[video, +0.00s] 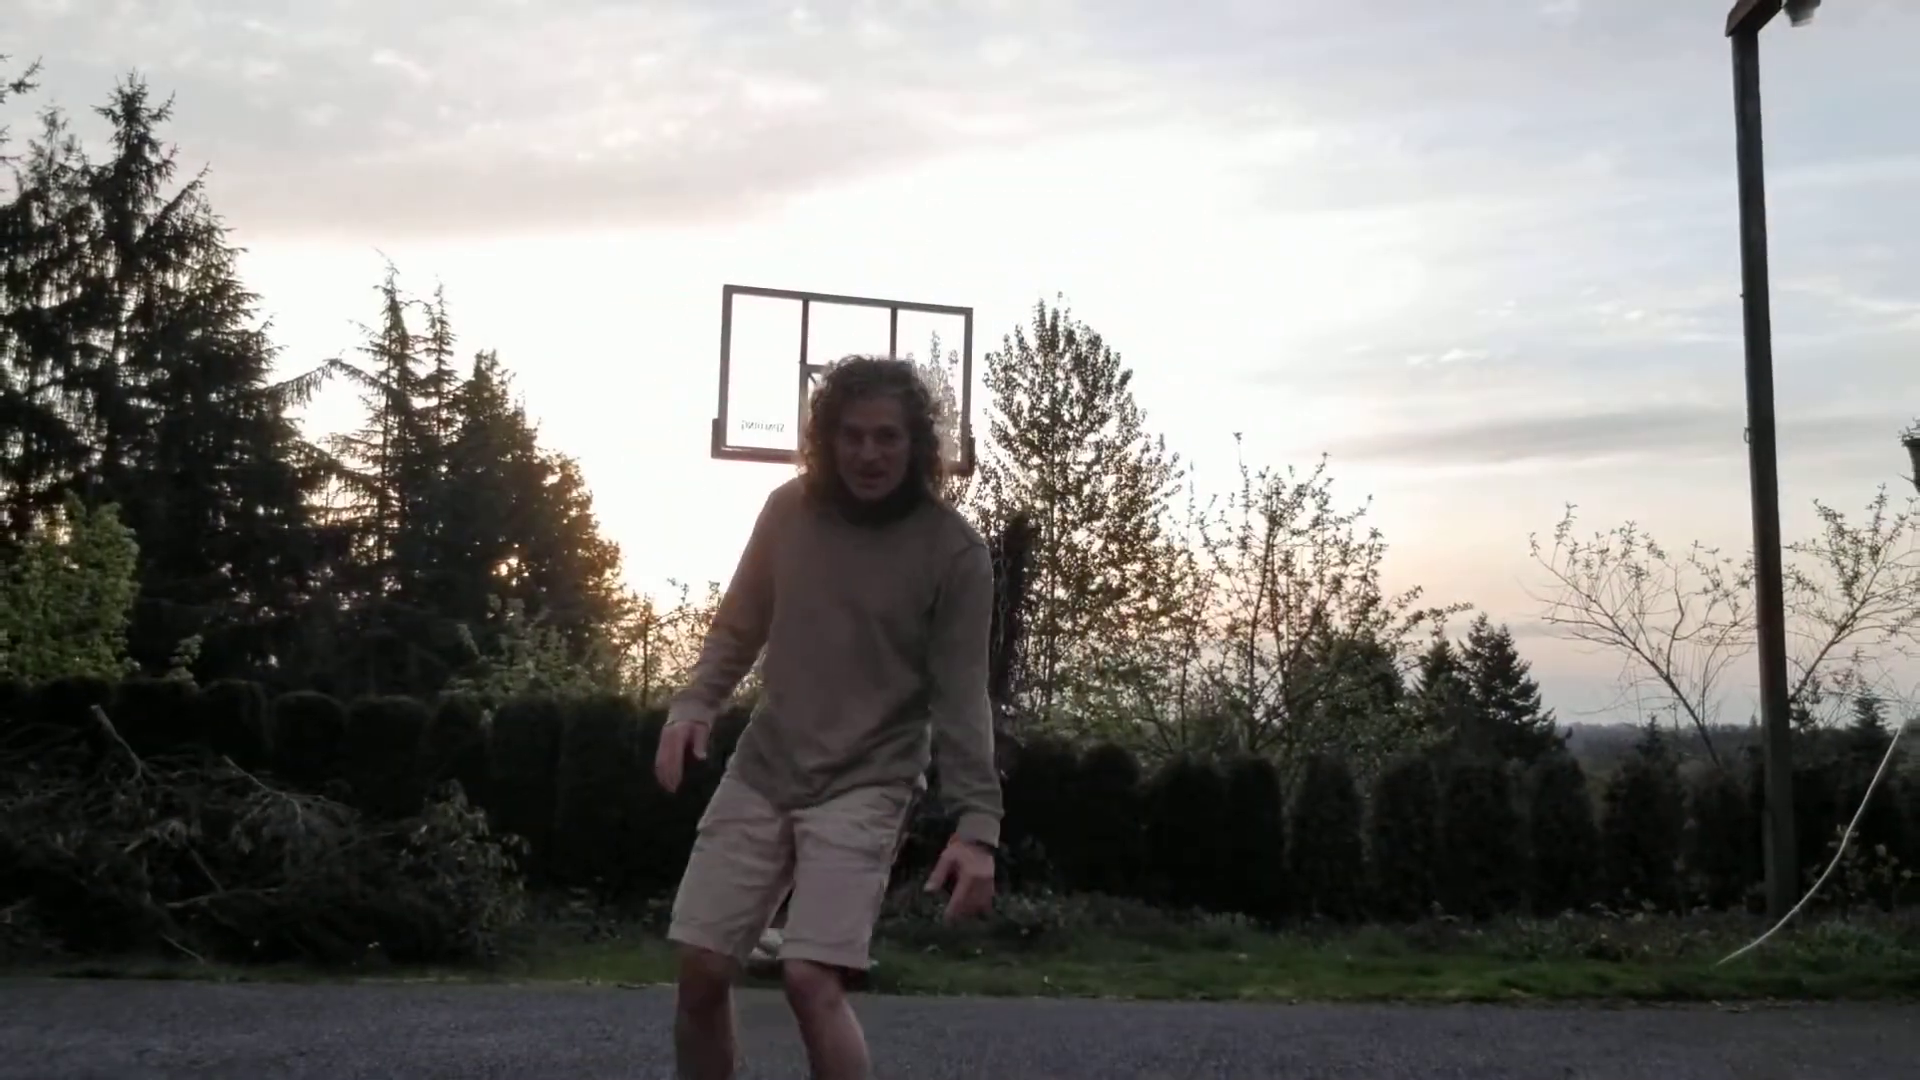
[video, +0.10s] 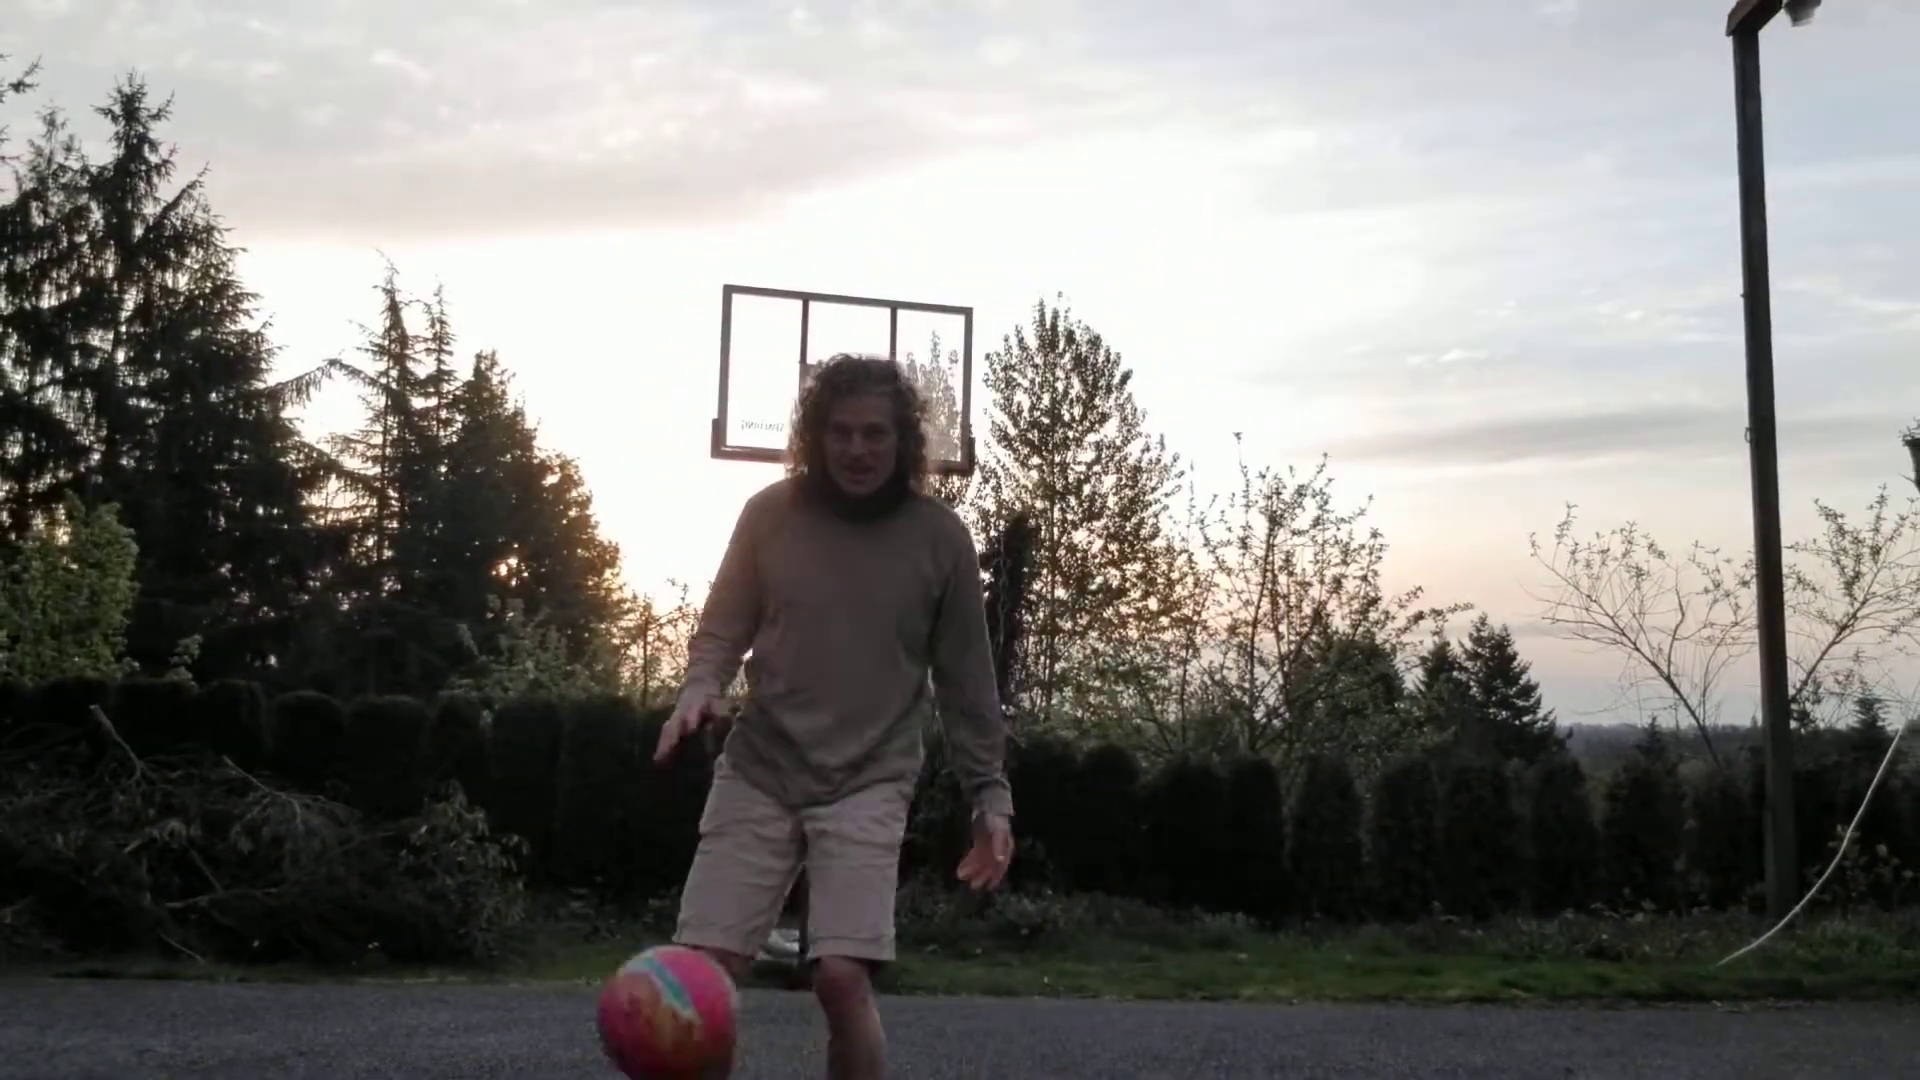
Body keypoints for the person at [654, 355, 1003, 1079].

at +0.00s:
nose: (870, 453)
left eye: (889, 436)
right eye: (853, 434)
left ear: (917, 444)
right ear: (826, 438)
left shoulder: (953, 549)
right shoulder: (789, 511)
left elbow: (963, 696)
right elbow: (737, 628)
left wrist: (977, 825)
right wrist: (694, 704)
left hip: (868, 783)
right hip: (763, 768)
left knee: (810, 975)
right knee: (701, 971)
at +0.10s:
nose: (857, 450)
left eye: (876, 433)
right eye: (840, 432)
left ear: (904, 440)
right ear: (814, 437)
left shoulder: (938, 536)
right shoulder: (771, 515)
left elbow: (970, 680)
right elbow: (722, 630)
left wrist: (991, 799)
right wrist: (700, 689)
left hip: (868, 782)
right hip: (758, 769)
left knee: (839, 979)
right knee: (700, 976)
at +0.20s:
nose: (849, 444)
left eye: (867, 427)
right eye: (832, 427)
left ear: (892, 436)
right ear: (806, 434)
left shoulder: (928, 530)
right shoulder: (760, 520)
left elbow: (962, 661)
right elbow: (712, 626)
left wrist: (1001, 767)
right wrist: (696, 659)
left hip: (874, 776)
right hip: (762, 767)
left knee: (857, 977)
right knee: (723, 970)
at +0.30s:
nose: (840, 444)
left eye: (857, 428)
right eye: (823, 427)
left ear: (882, 437)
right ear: (798, 434)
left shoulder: (912, 527)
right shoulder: (757, 524)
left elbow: (948, 639)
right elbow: (710, 645)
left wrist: (995, 720)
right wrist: (692, 640)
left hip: (870, 777)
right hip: (761, 768)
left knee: (857, 976)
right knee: (726, 964)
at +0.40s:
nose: (833, 453)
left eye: (850, 438)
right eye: (817, 437)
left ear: (874, 447)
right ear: (792, 445)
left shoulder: (898, 527)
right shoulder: (755, 537)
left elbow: (933, 630)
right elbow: (691, 660)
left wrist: (992, 703)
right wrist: (649, 612)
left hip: (861, 783)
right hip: (757, 775)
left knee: (843, 973)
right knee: (717, 960)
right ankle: (664, 1077)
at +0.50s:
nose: (826, 468)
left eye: (843, 452)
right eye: (809, 452)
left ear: (866, 462)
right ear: (784, 462)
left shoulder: (887, 540)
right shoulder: (752, 551)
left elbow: (923, 639)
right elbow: (676, 636)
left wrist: (984, 699)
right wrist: (611, 588)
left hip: (848, 792)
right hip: (750, 781)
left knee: (825, 971)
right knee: (705, 956)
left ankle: (776, 1077)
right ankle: (642, 1076)